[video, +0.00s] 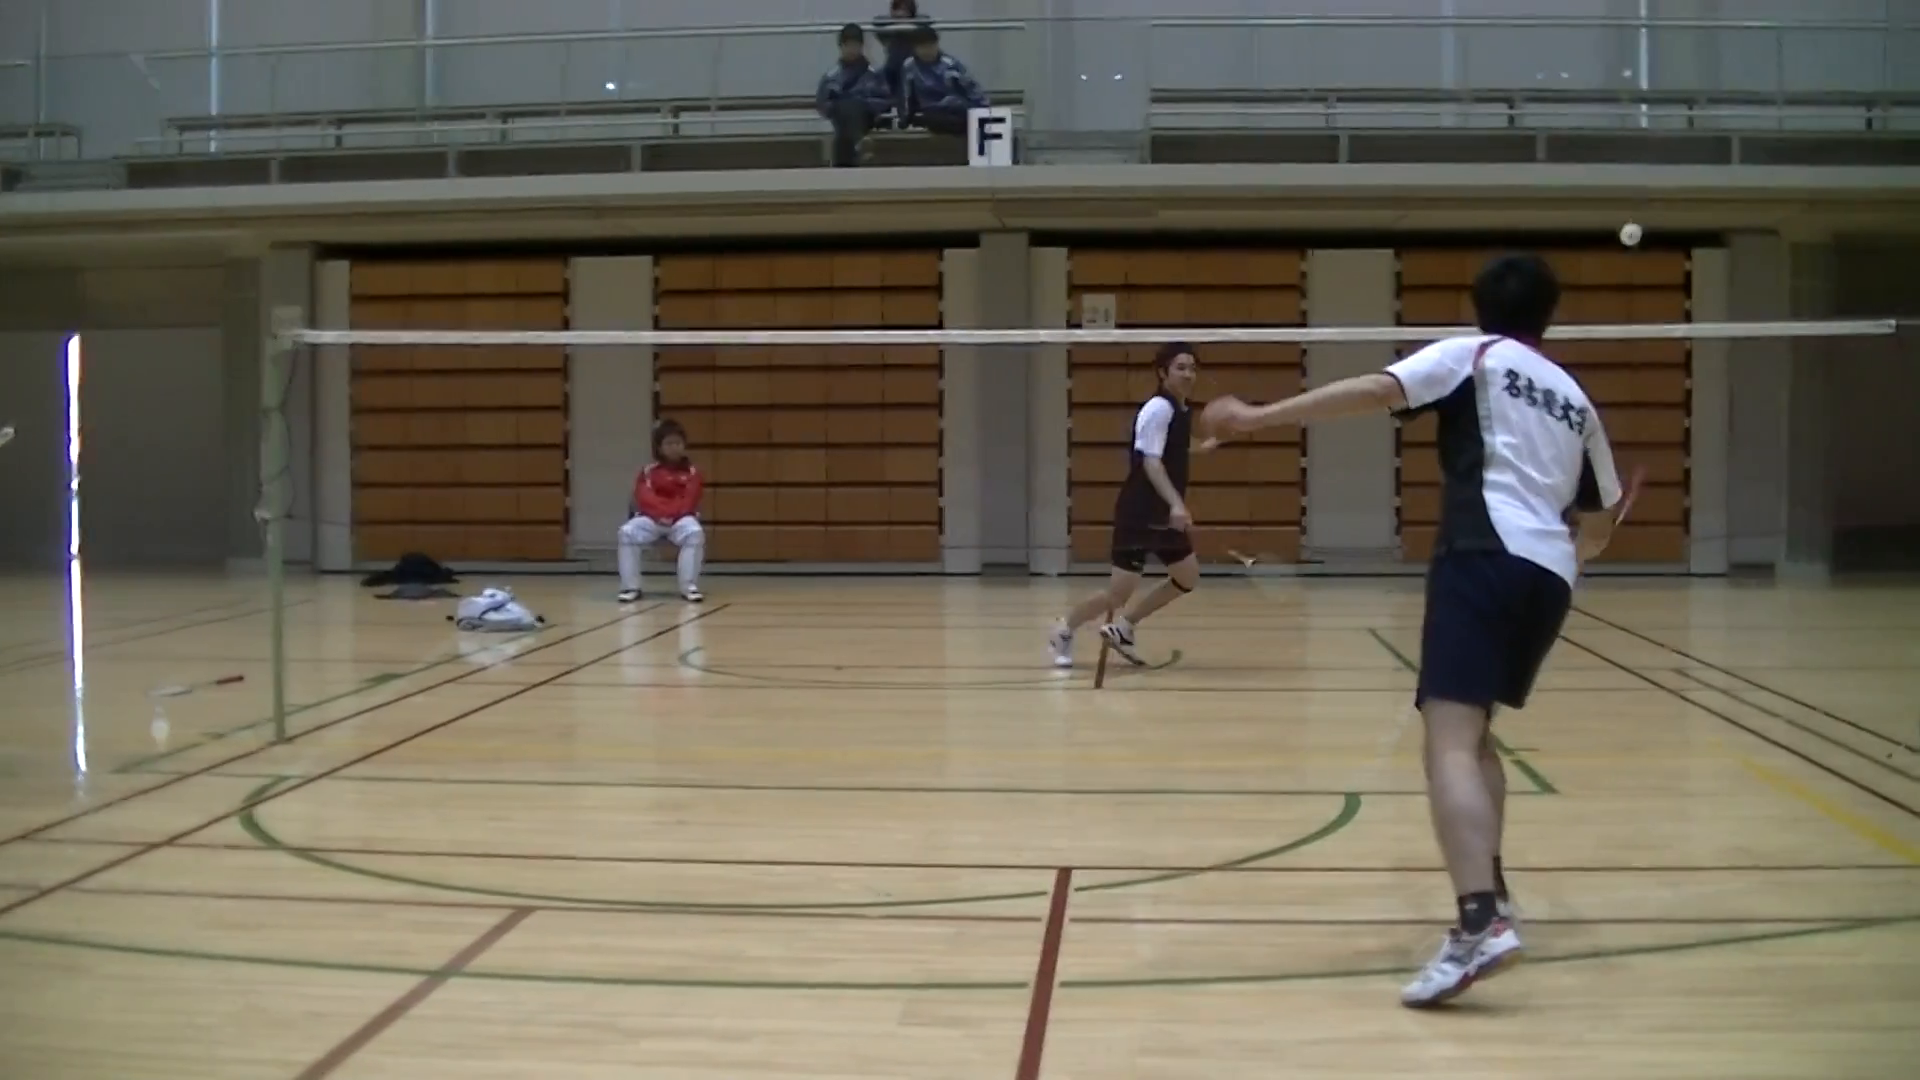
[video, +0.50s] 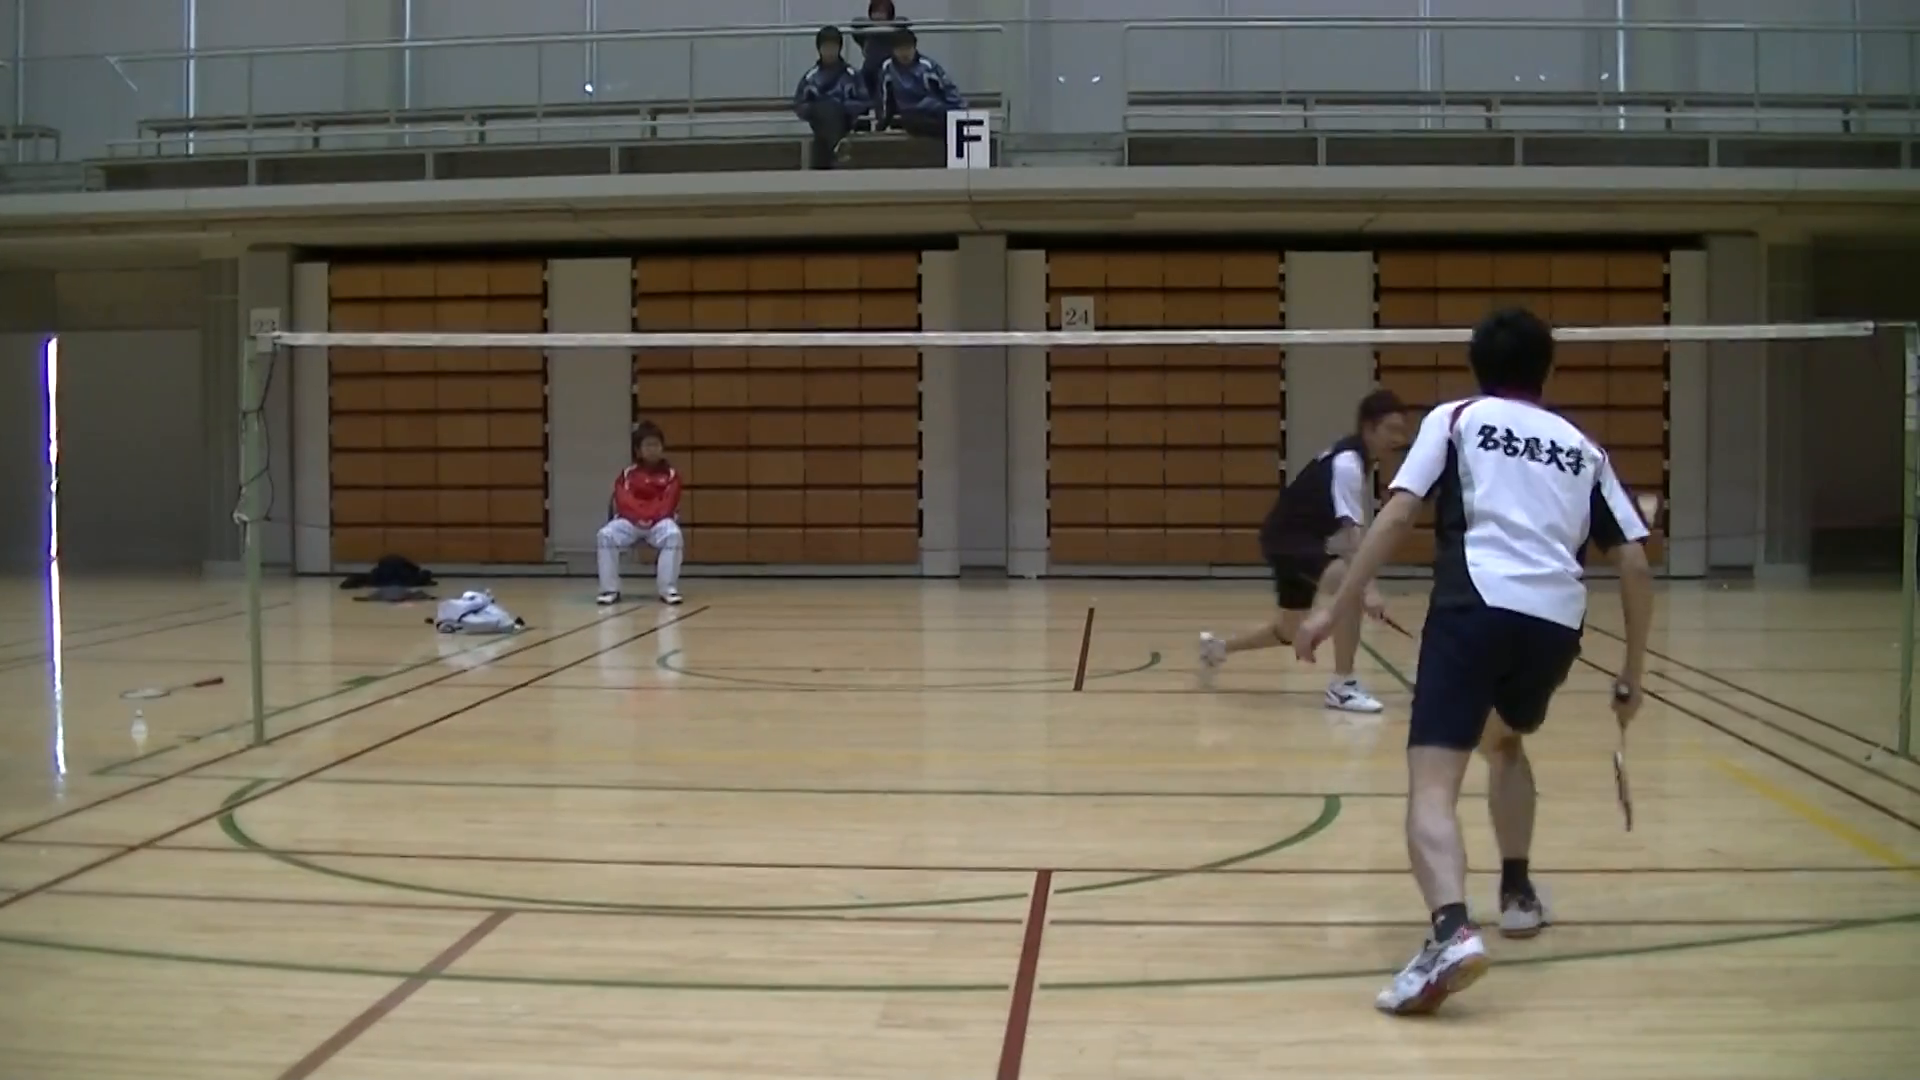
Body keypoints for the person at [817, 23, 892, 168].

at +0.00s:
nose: (851, 50)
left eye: (855, 45)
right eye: (847, 45)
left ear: (861, 47)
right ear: (840, 47)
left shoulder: (875, 76)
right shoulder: (830, 77)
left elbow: (886, 102)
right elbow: (822, 104)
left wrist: (862, 105)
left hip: (869, 119)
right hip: (840, 119)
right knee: (850, 106)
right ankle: (861, 144)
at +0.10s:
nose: (838, 50)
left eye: (842, 44)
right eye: (833, 44)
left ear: (848, 46)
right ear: (827, 47)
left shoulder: (861, 74)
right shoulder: (818, 75)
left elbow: (872, 101)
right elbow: (808, 103)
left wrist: (848, 106)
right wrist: (828, 110)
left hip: (855, 126)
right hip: (828, 127)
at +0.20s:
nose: (833, 51)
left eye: (836, 45)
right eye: (829, 46)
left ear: (843, 47)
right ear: (822, 48)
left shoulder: (856, 74)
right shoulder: (813, 75)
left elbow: (867, 102)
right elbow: (803, 104)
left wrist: (844, 106)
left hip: (849, 122)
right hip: (822, 122)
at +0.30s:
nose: (829, 50)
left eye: (833, 45)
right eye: (825, 45)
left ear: (840, 46)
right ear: (819, 47)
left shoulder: (853, 73)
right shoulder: (810, 75)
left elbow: (864, 102)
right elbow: (800, 103)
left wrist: (840, 106)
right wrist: (820, 110)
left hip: (846, 123)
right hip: (819, 124)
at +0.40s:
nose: (829, 51)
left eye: (833, 46)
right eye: (825, 46)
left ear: (839, 47)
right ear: (819, 48)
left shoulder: (852, 74)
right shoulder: (810, 76)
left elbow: (864, 102)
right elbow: (799, 105)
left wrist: (840, 107)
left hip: (845, 122)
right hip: (818, 123)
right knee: (828, 107)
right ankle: (838, 146)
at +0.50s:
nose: (830, 52)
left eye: (833, 46)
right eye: (825, 46)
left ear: (840, 48)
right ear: (819, 49)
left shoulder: (852, 75)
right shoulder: (810, 77)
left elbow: (864, 103)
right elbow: (799, 106)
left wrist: (840, 108)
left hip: (846, 122)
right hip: (818, 123)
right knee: (828, 108)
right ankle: (840, 148)